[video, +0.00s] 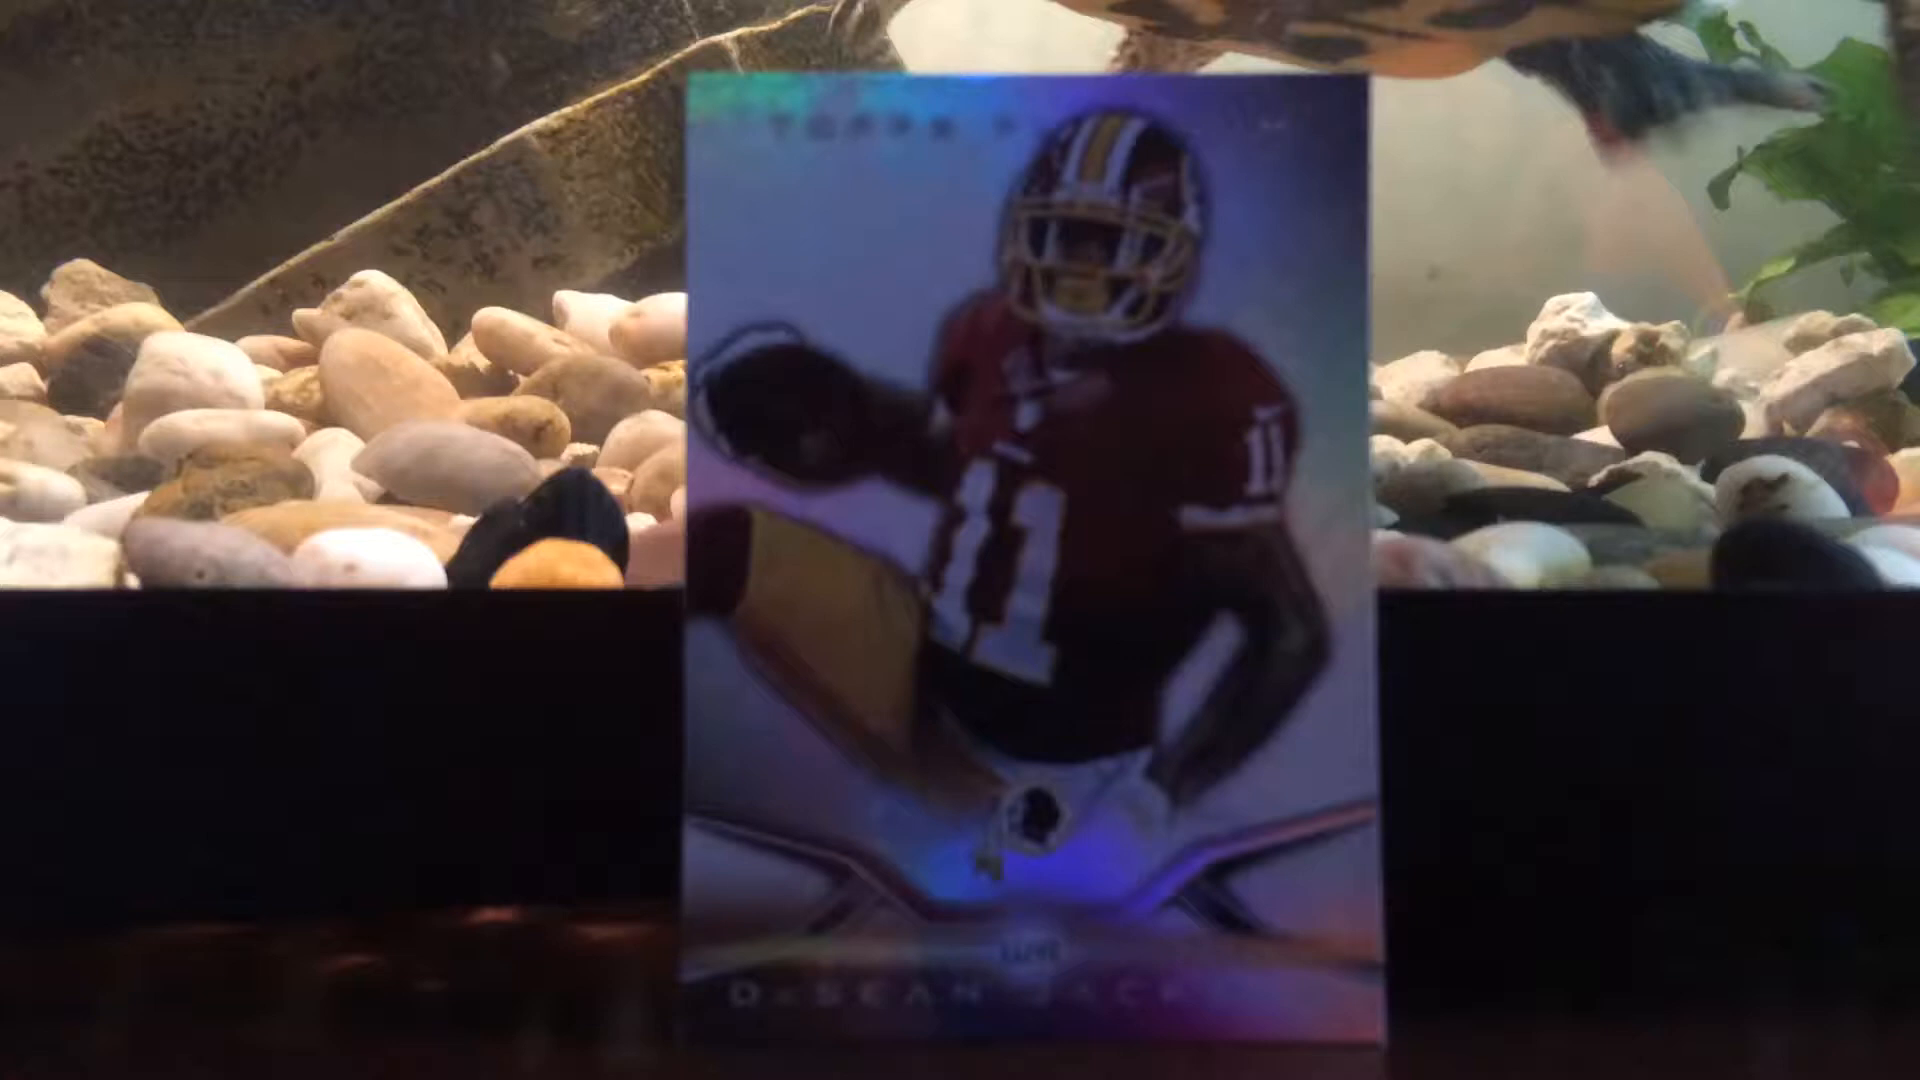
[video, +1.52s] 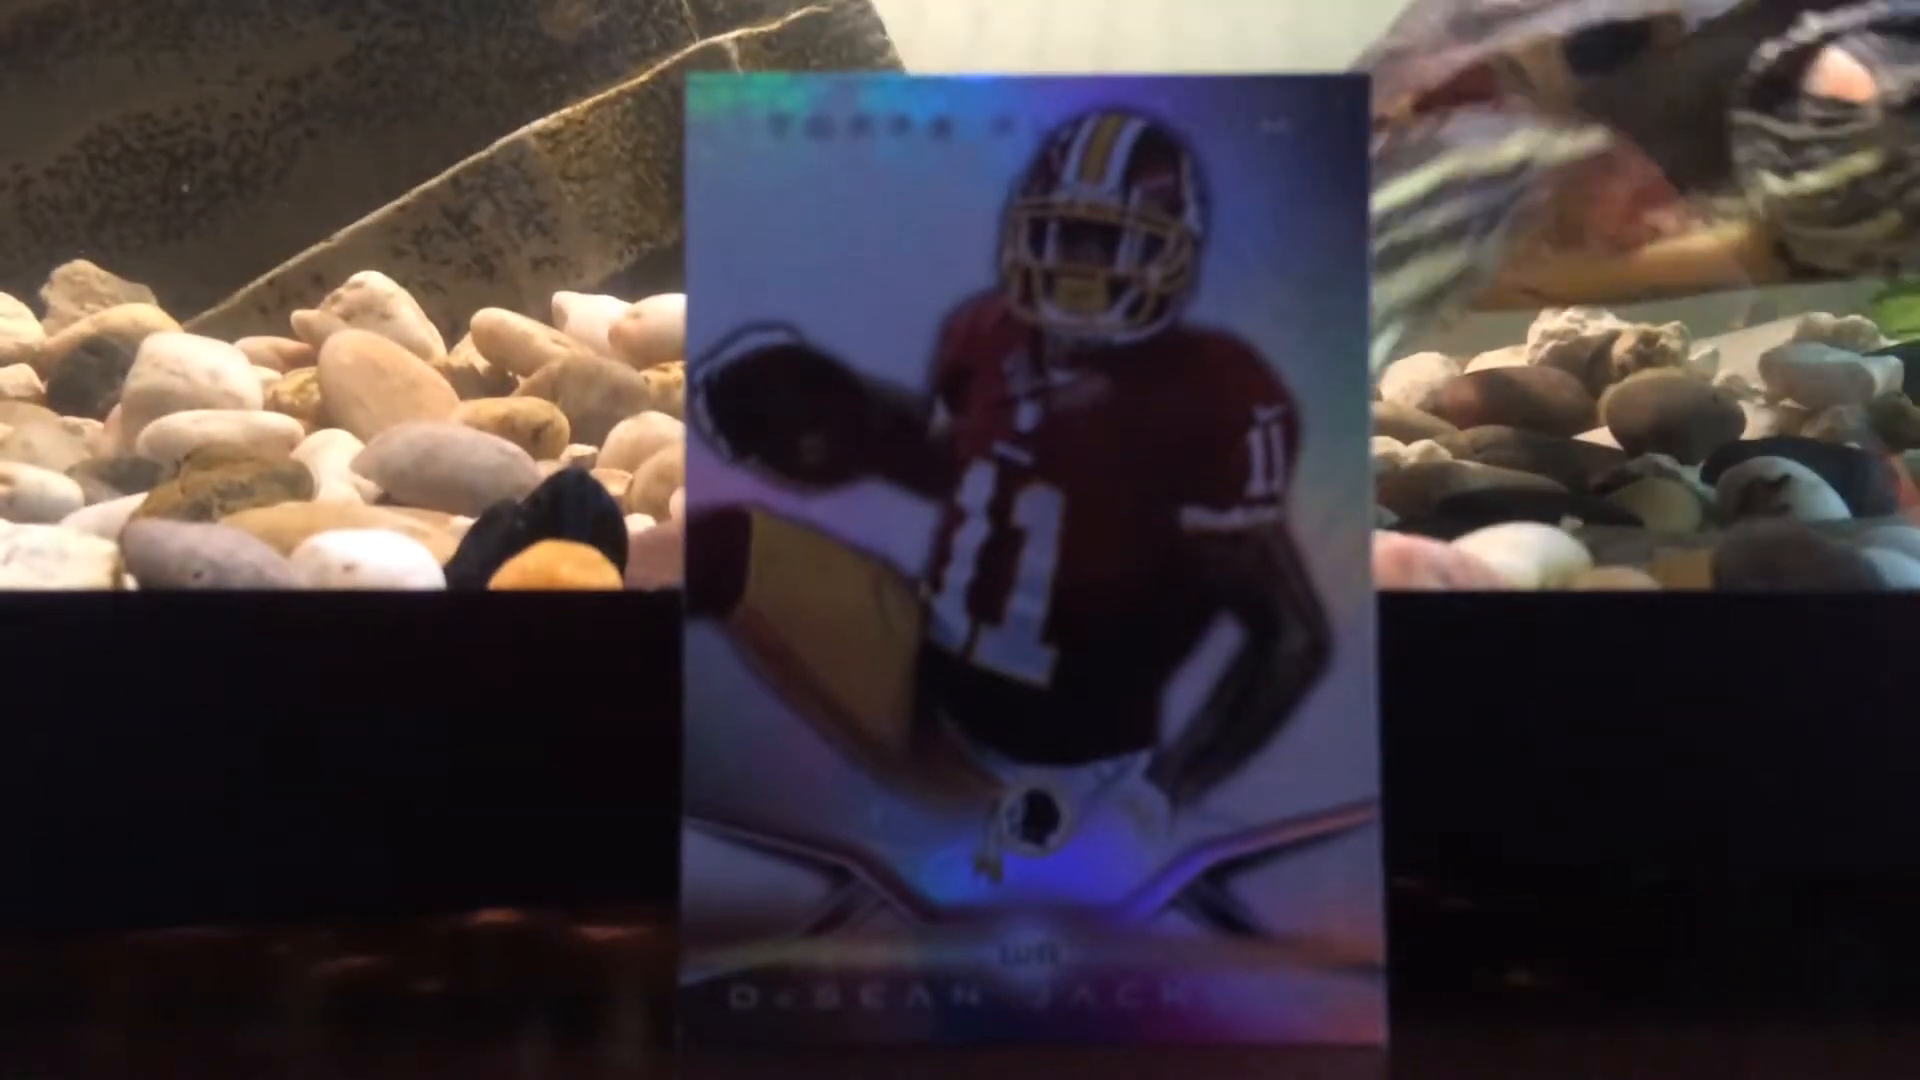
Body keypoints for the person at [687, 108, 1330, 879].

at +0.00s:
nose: (1083, 270)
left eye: (1117, 246)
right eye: (1063, 238)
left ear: (1175, 258)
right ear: (1023, 237)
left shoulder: (1217, 398)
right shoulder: (983, 337)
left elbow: (1292, 637)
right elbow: (962, 465)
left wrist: (1157, 797)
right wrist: (858, 425)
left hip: (1077, 766)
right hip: (931, 689)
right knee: (720, 546)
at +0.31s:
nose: (1081, 276)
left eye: (1116, 252)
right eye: (1062, 243)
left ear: (1175, 264)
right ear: (1022, 243)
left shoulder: (1217, 405)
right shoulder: (982, 344)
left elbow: (1292, 643)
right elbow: (961, 471)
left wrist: (1159, 803)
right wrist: (856, 430)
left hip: (1077, 772)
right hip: (931, 695)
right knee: (720, 553)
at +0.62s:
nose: (1082, 276)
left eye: (1116, 251)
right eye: (1062, 242)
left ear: (1176, 262)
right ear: (1022, 243)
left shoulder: (1217, 405)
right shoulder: (982, 343)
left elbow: (1293, 643)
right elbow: (961, 475)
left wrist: (1160, 801)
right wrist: (859, 435)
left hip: (1080, 769)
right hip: (932, 692)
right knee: (717, 552)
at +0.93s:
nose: (1081, 274)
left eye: (1116, 248)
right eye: (1062, 241)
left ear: (1175, 260)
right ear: (1022, 242)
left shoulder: (1216, 402)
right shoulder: (982, 341)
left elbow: (1293, 641)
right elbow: (960, 472)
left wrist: (1159, 800)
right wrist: (857, 431)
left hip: (1081, 767)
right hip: (931, 690)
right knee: (717, 550)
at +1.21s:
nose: (1080, 272)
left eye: (1115, 246)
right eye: (1062, 238)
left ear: (1175, 258)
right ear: (1022, 239)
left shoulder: (1218, 400)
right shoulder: (982, 339)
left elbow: (1293, 641)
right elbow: (962, 471)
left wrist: (1161, 797)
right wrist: (855, 426)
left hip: (1081, 765)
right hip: (932, 692)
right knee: (718, 548)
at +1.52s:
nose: (1081, 270)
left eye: (1115, 244)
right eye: (1063, 237)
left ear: (1175, 256)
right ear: (1022, 238)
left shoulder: (1218, 398)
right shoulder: (982, 338)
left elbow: (1293, 640)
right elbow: (960, 468)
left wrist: (1159, 797)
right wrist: (854, 425)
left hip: (1082, 764)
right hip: (932, 691)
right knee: (718, 547)